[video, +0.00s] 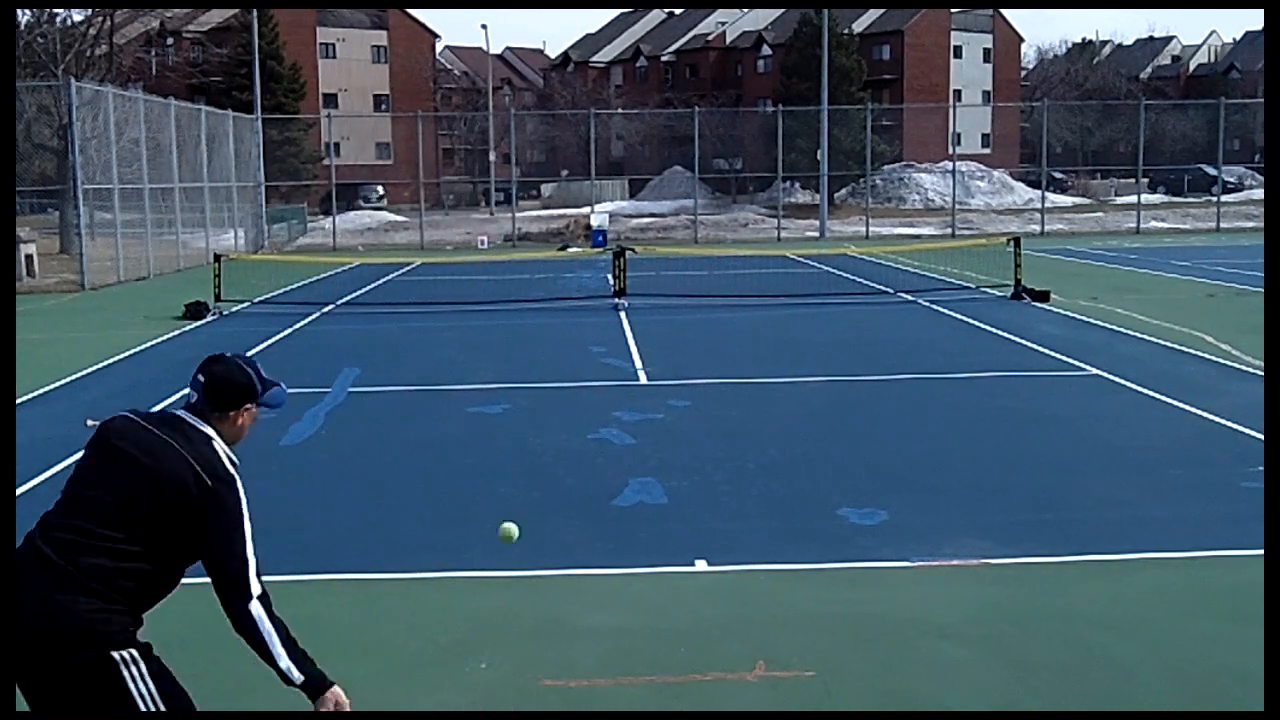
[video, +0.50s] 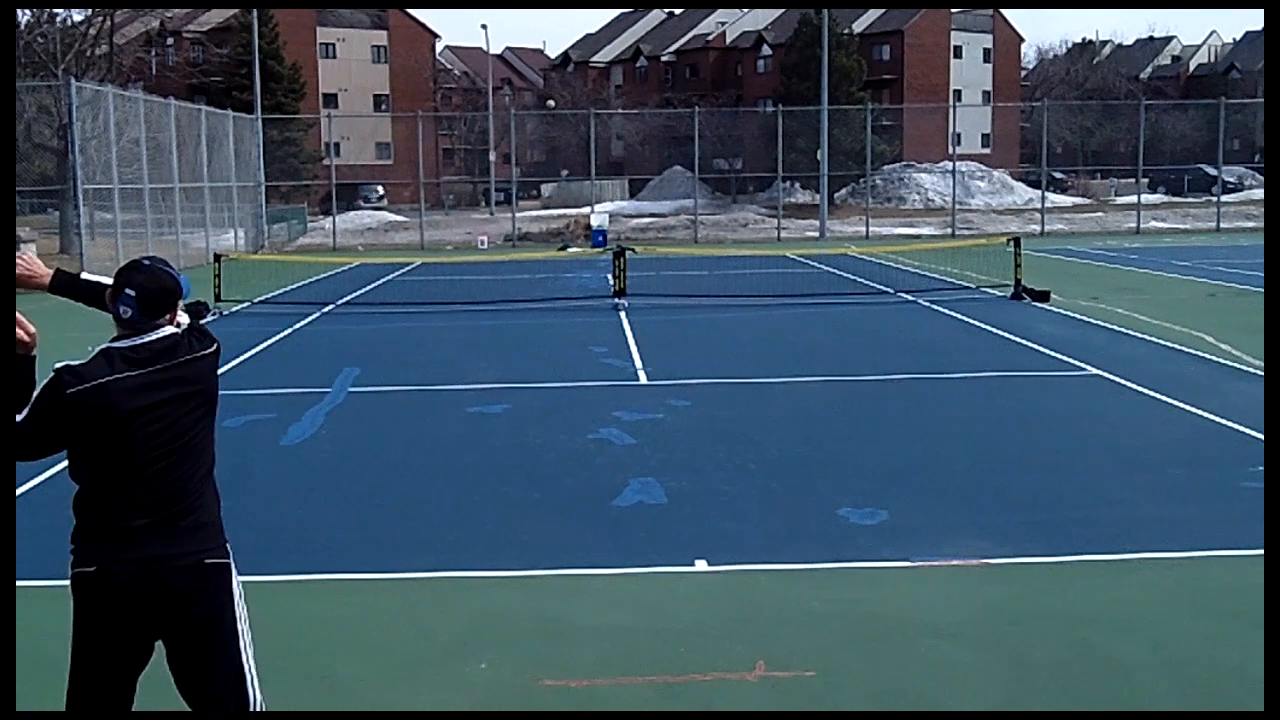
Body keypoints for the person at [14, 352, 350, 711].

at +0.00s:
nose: (255, 418)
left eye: (257, 409)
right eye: (256, 410)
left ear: (195, 397)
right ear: (240, 415)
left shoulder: (121, 425)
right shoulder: (216, 476)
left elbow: (77, 514)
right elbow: (245, 600)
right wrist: (315, 684)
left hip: (20, 609)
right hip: (92, 632)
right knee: (171, 708)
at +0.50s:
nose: (182, 307)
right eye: (179, 303)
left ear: (118, 312)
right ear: (174, 313)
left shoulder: (75, 385)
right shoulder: (201, 353)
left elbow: (20, 441)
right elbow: (148, 305)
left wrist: (21, 359)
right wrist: (52, 278)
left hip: (107, 576)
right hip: (198, 570)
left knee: (96, 703)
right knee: (229, 702)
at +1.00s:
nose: (329, 287)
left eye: (323, 278)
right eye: (327, 280)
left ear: (263, 288)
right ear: (322, 287)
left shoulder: (224, 351)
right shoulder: (351, 339)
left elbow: (180, 444)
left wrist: (203, 355)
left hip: (242, 551)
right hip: (332, 550)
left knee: (246, 694)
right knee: (340, 696)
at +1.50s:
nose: (470, 298)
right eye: (470, 292)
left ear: (406, 300)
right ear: (467, 299)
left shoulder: (369, 369)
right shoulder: (504, 363)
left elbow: (332, 477)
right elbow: (548, 464)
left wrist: (394, 462)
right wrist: (490, 484)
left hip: (404, 567)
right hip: (494, 563)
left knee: (371, 697)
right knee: (549, 692)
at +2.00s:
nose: (481, 329)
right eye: (480, 322)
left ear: (421, 325)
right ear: (476, 326)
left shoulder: (380, 382)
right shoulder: (478, 391)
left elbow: (397, 468)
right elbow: (514, 508)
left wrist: (481, 447)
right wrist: (512, 456)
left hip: (367, 568)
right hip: (446, 574)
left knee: (365, 695)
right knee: (518, 700)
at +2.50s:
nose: (457, 355)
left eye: (458, 345)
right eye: (457, 344)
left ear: (412, 335)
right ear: (447, 344)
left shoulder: (419, 390)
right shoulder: (378, 379)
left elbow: (492, 441)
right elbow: (342, 454)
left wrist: (536, 414)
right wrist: (413, 413)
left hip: (334, 553)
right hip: (313, 553)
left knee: (316, 687)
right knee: (391, 686)